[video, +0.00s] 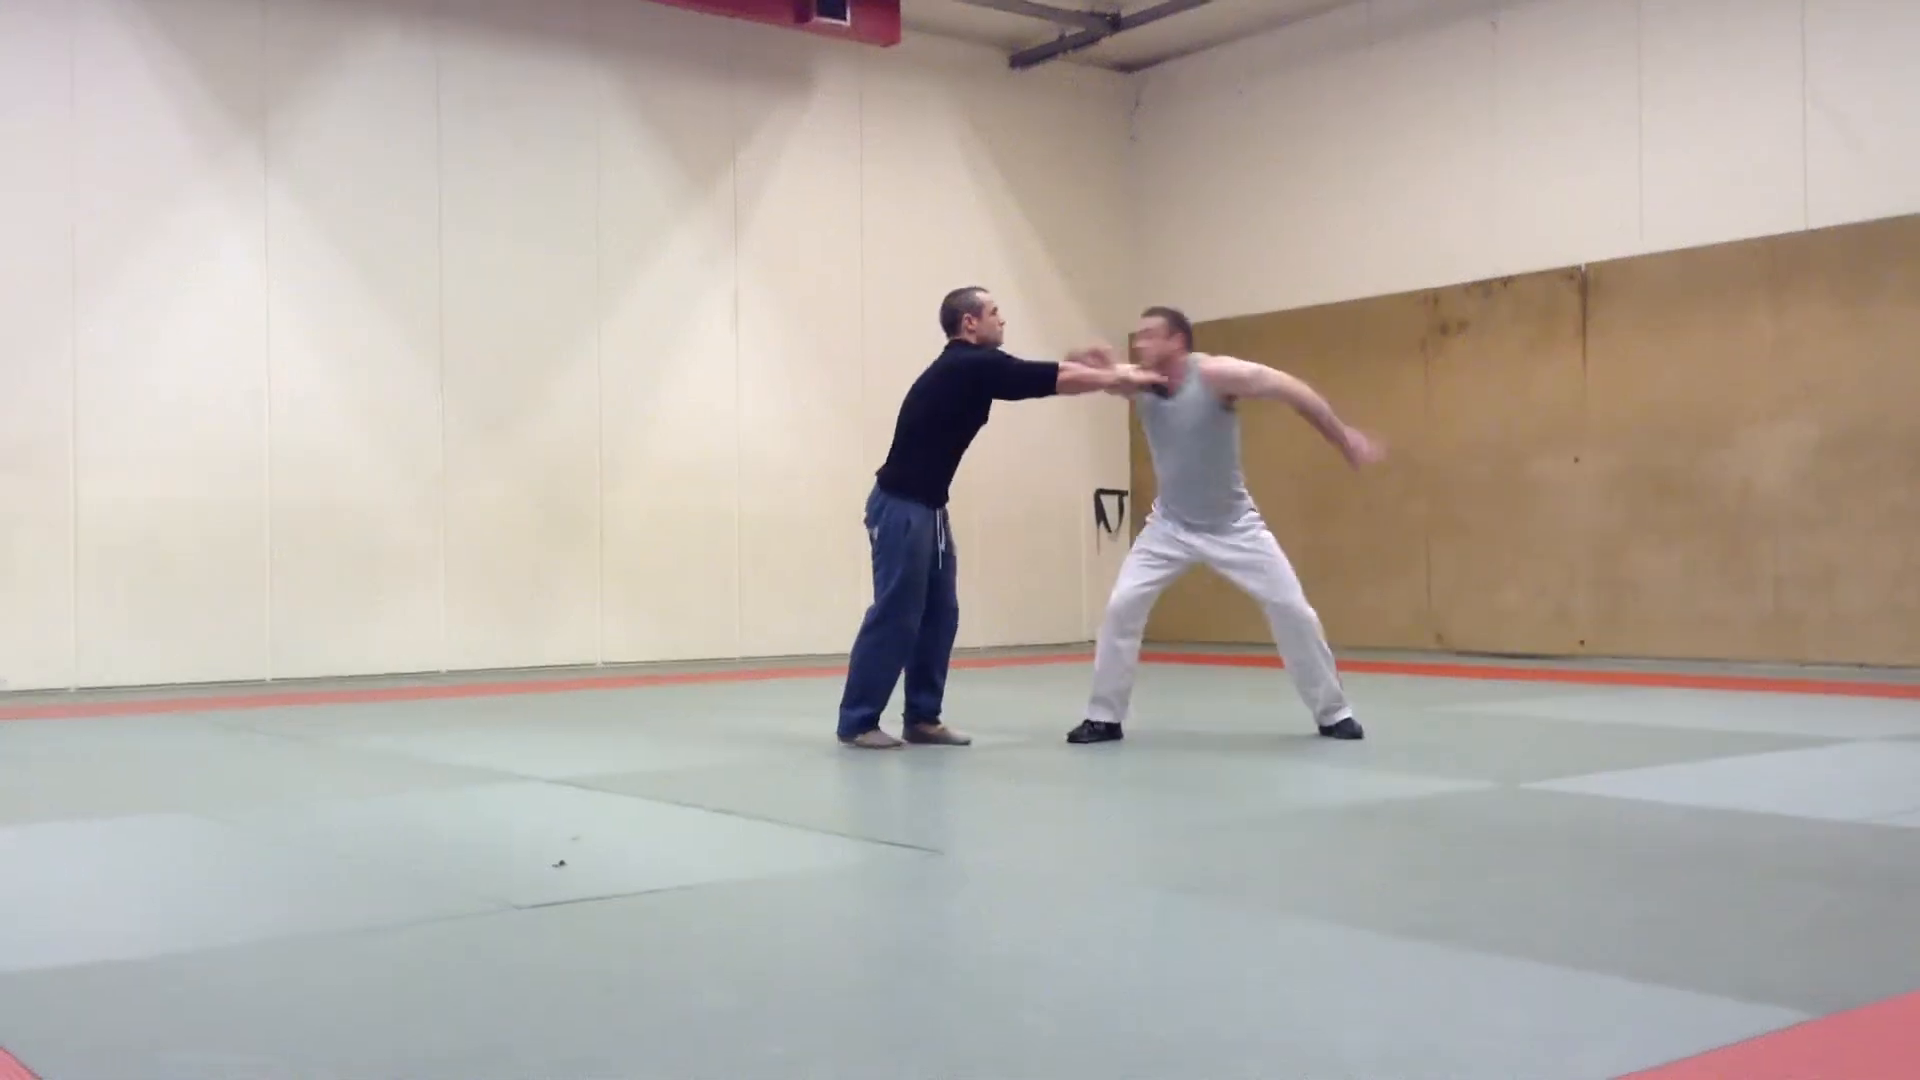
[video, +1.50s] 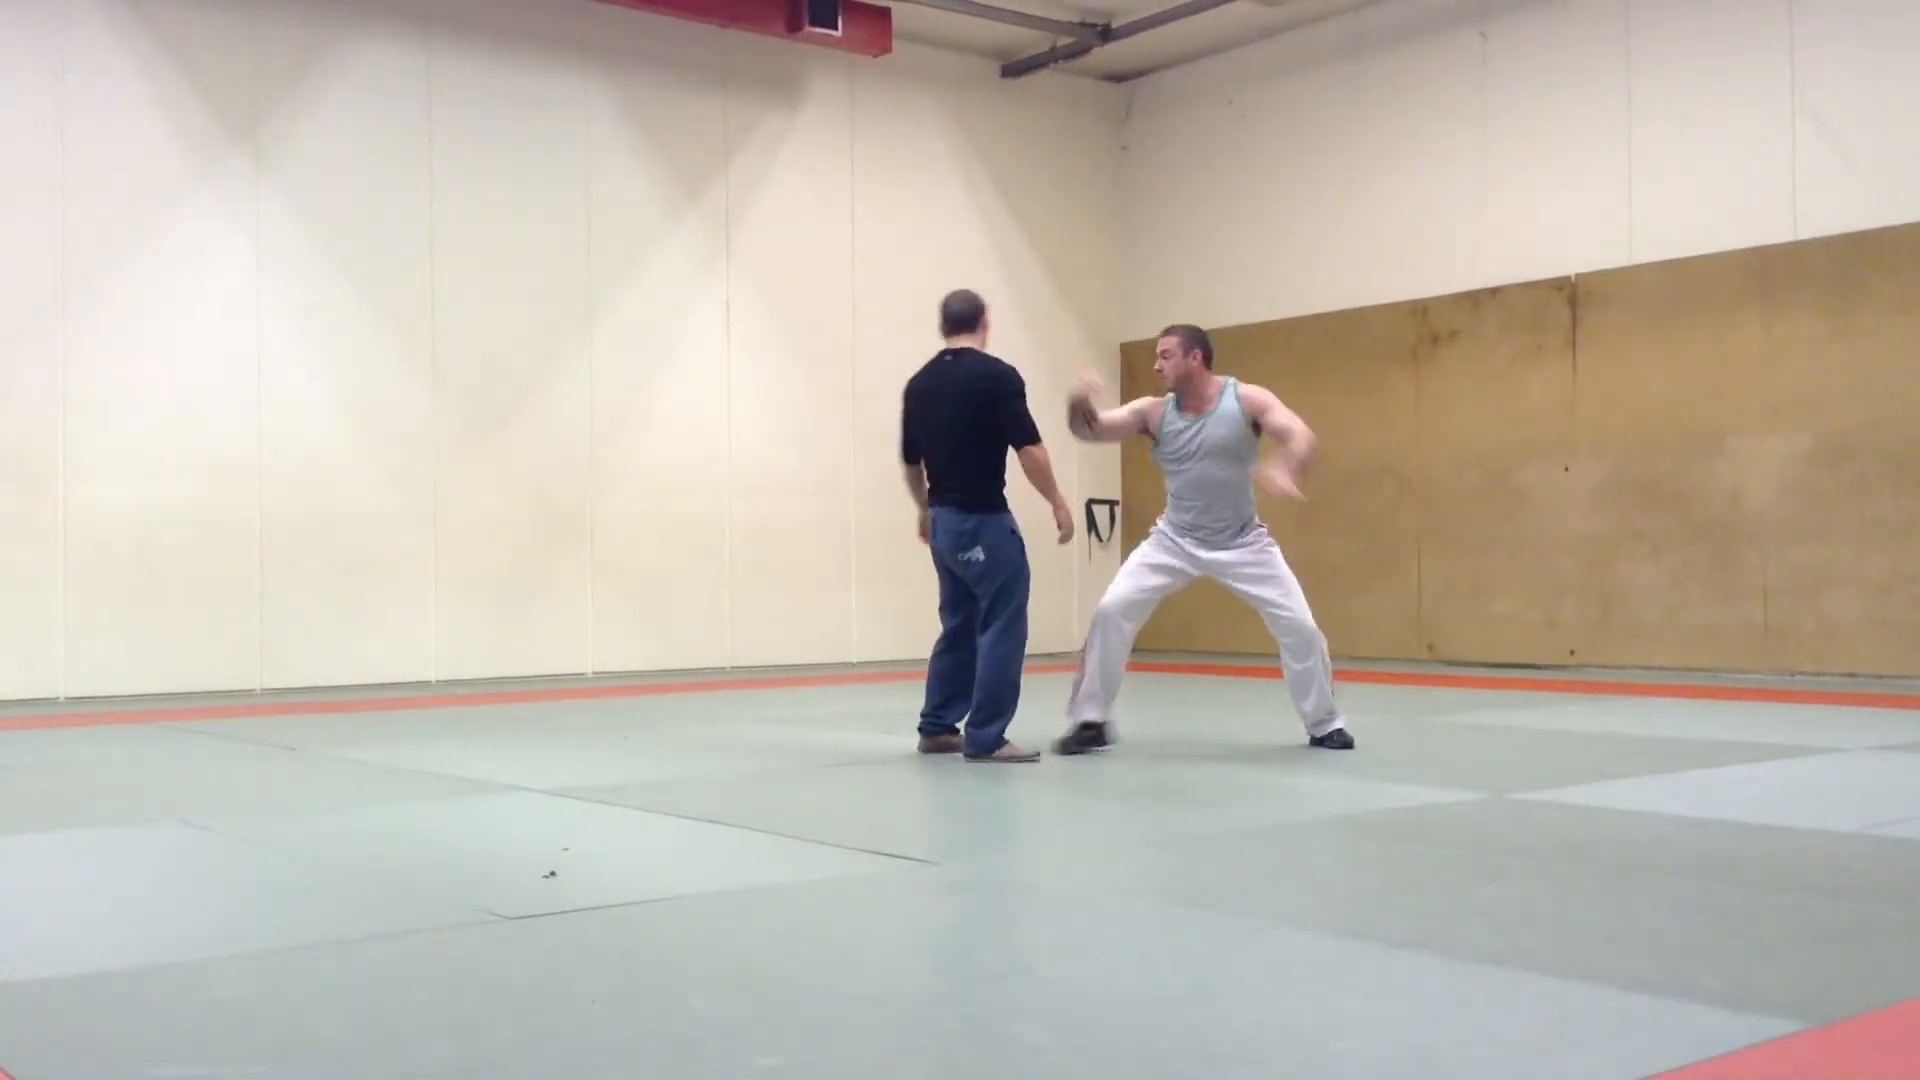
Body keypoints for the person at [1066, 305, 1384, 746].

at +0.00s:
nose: (1140, 345)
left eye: (1149, 336)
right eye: (1138, 337)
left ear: (1179, 341)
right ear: (1138, 345)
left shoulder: (1214, 374)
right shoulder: (1141, 383)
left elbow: (1292, 389)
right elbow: (1110, 383)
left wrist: (1344, 438)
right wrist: (1101, 369)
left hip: (1235, 527)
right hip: (1169, 527)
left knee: (1295, 612)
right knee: (1122, 606)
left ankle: (1332, 712)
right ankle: (1104, 717)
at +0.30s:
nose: (1259, 361)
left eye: (1263, 353)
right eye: (1249, 353)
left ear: (1269, 357)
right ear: (1224, 358)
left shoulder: (1274, 402)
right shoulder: (1206, 401)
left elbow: (1271, 454)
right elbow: (1173, 421)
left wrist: (1289, 501)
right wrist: (1144, 426)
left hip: (1245, 536)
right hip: (1181, 536)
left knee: (1310, 605)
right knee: (1129, 614)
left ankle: (1329, 714)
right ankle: (1077, 720)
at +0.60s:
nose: (1194, 375)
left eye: (1203, 367)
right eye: (1192, 369)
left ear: (1234, 372)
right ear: (1194, 377)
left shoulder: (1269, 419)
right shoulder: (1176, 418)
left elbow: (1286, 473)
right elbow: (1172, 435)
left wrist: (1288, 535)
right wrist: (1200, 396)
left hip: (1236, 550)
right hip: (1169, 548)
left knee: (1305, 619)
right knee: (1110, 619)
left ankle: (1324, 722)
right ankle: (1073, 726)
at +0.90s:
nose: (1163, 376)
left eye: (1173, 368)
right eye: (1162, 368)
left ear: (1202, 373)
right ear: (1165, 375)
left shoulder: (1246, 418)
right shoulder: (1158, 416)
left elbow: (1278, 471)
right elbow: (1118, 407)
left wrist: (1286, 537)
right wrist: (1181, 414)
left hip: (1225, 553)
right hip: (1157, 552)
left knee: (1297, 625)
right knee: (1096, 620)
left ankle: (1323, 724)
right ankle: (1069, 729)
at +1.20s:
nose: (1166, 371)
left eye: (1176, 362)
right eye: (1166, 363)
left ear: (1204, 367)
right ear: (1170, 368)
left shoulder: (1250, 415)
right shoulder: (1156, 408)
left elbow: (1288, 468)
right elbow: (1098, 387)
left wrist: (1301, 534)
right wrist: (1049, 361)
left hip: (1230, 551)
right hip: (1160, 550)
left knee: (1301, 625)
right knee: (1098, 620)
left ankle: (1323, 724)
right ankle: (1069, 728)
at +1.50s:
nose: (1157, 365)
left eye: (1165, 356)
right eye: (1156, 357)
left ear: (1196, 359)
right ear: (1178, 362)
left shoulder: (1247, 399)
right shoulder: (1153, 411)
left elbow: (1300, 437)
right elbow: (1089, 429)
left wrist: (1284, 469)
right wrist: (1080, 403)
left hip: (1244, 544)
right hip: (1174, 541)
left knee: (1301, 629)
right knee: (1111, 610)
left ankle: (1324, 724)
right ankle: (1091, 722)